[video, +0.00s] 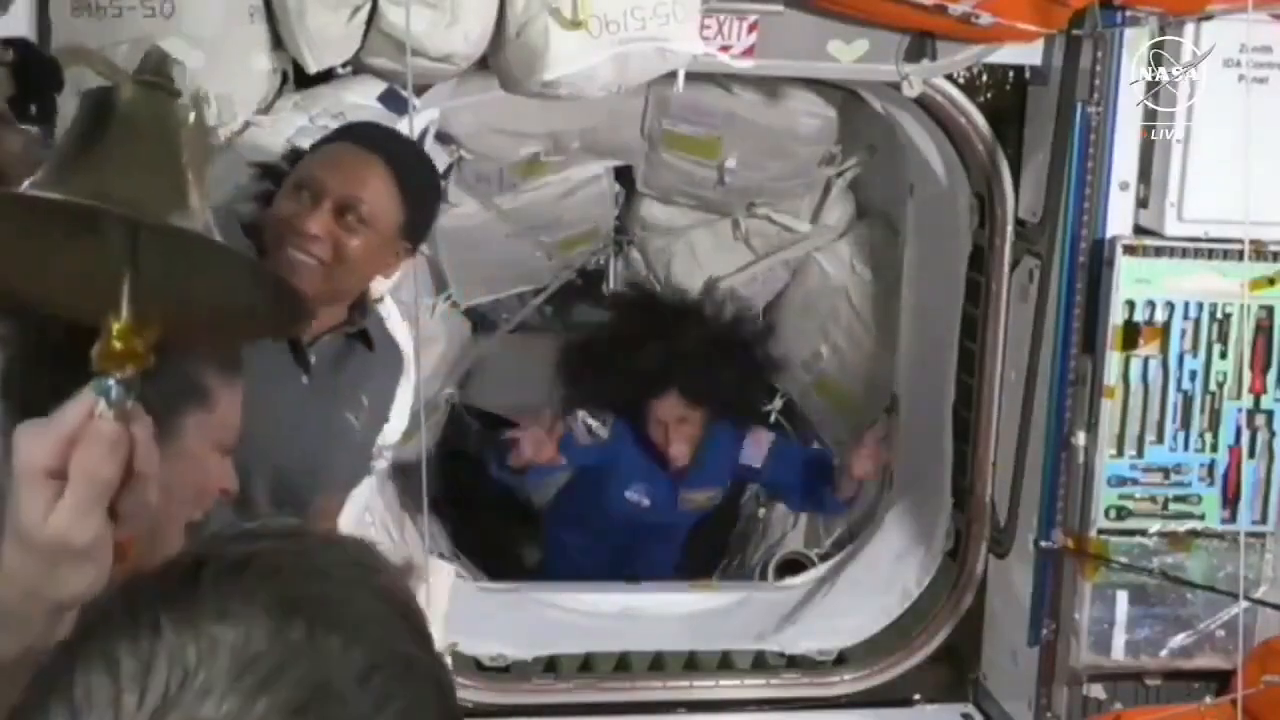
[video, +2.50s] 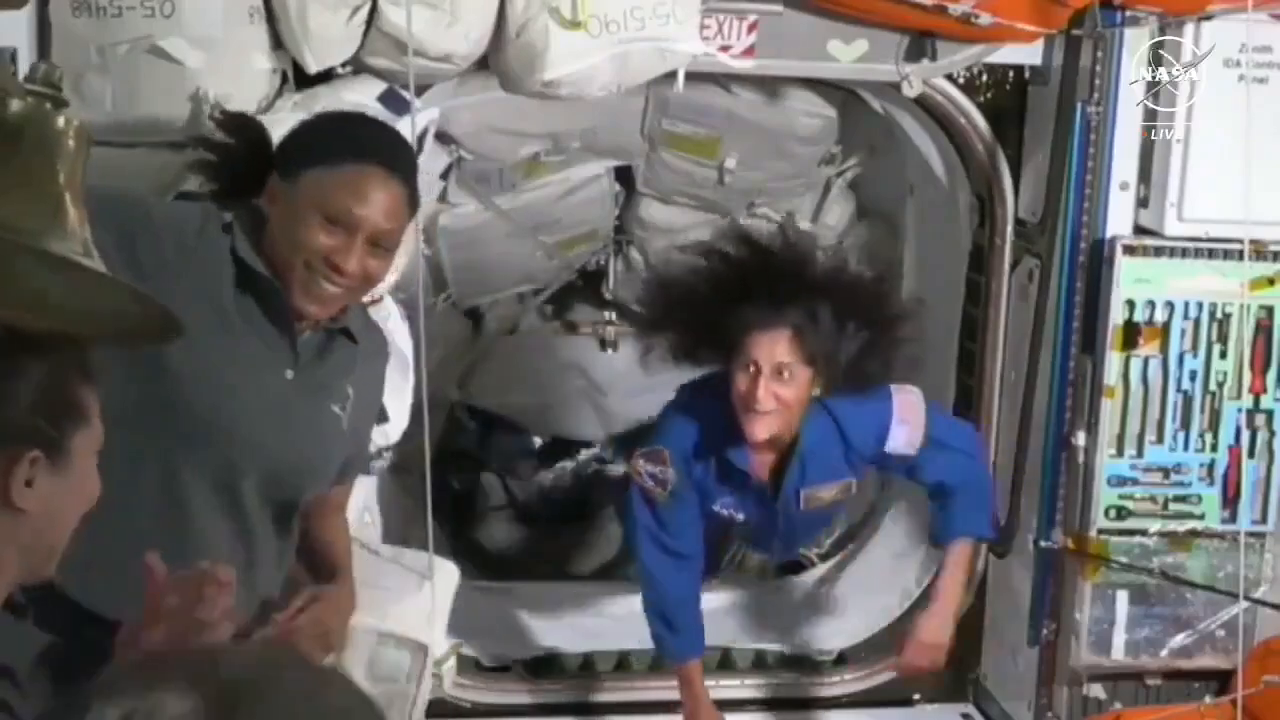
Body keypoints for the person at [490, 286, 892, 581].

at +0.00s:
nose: (675, 450)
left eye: (688, 429)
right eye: (660, 428)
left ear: (712, 417)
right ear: (637, 413)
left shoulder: (736, 445)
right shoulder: (601, 433)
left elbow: (810, 488)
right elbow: (535, 493)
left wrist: (848, 477)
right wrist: (535, 465)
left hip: (657, 581)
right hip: (578, 572)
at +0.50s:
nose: (675, 401)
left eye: (691, 386)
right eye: (662, 384)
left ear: (718, 376)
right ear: (644, 370)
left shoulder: (752, 411)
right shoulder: (605, 410)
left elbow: (831, 470)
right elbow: (535, 491)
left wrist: (816, 506)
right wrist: (576, 562)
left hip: (691, 600)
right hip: (595, 596)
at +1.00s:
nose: (699, 399)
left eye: (715, 387)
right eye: (689, 382)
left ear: (737, 383)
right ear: (668, 370)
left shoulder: (755, 415)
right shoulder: (624, 400)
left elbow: (798, 517)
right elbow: (549, 496)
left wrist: (725, 605)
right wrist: (578, 607)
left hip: (694, 504)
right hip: (614, 502)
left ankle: (666, 634)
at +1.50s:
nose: (728, 424)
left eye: (745, 406)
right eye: (714, 404)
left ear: (771, 396)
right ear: (689, 393)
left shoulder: (792, 413)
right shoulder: (649, 418)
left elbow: (822, 474)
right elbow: (630, 557)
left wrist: (732, 588)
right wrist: (666, 690)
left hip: (730, 478)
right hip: (656, 475)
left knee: (710, 556)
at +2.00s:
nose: (760, 410)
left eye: (778, 386)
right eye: (744, 386)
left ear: (803, 383)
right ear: (717, 381)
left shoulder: (828, 407)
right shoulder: (673, 426)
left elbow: (889, 446)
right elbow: (644, 568)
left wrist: (829, 569)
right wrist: (677, 702)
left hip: (760, 502)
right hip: (680, 499)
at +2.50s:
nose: (759, 394)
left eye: (783, 375)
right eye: (748, 369)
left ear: (817, 384)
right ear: (728, 371)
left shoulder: (855, 422)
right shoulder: (682, 435)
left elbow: (965, 456)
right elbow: (668, 566)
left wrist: (943, 608)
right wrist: (693, 695)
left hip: (818, 536)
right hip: (720, 534)